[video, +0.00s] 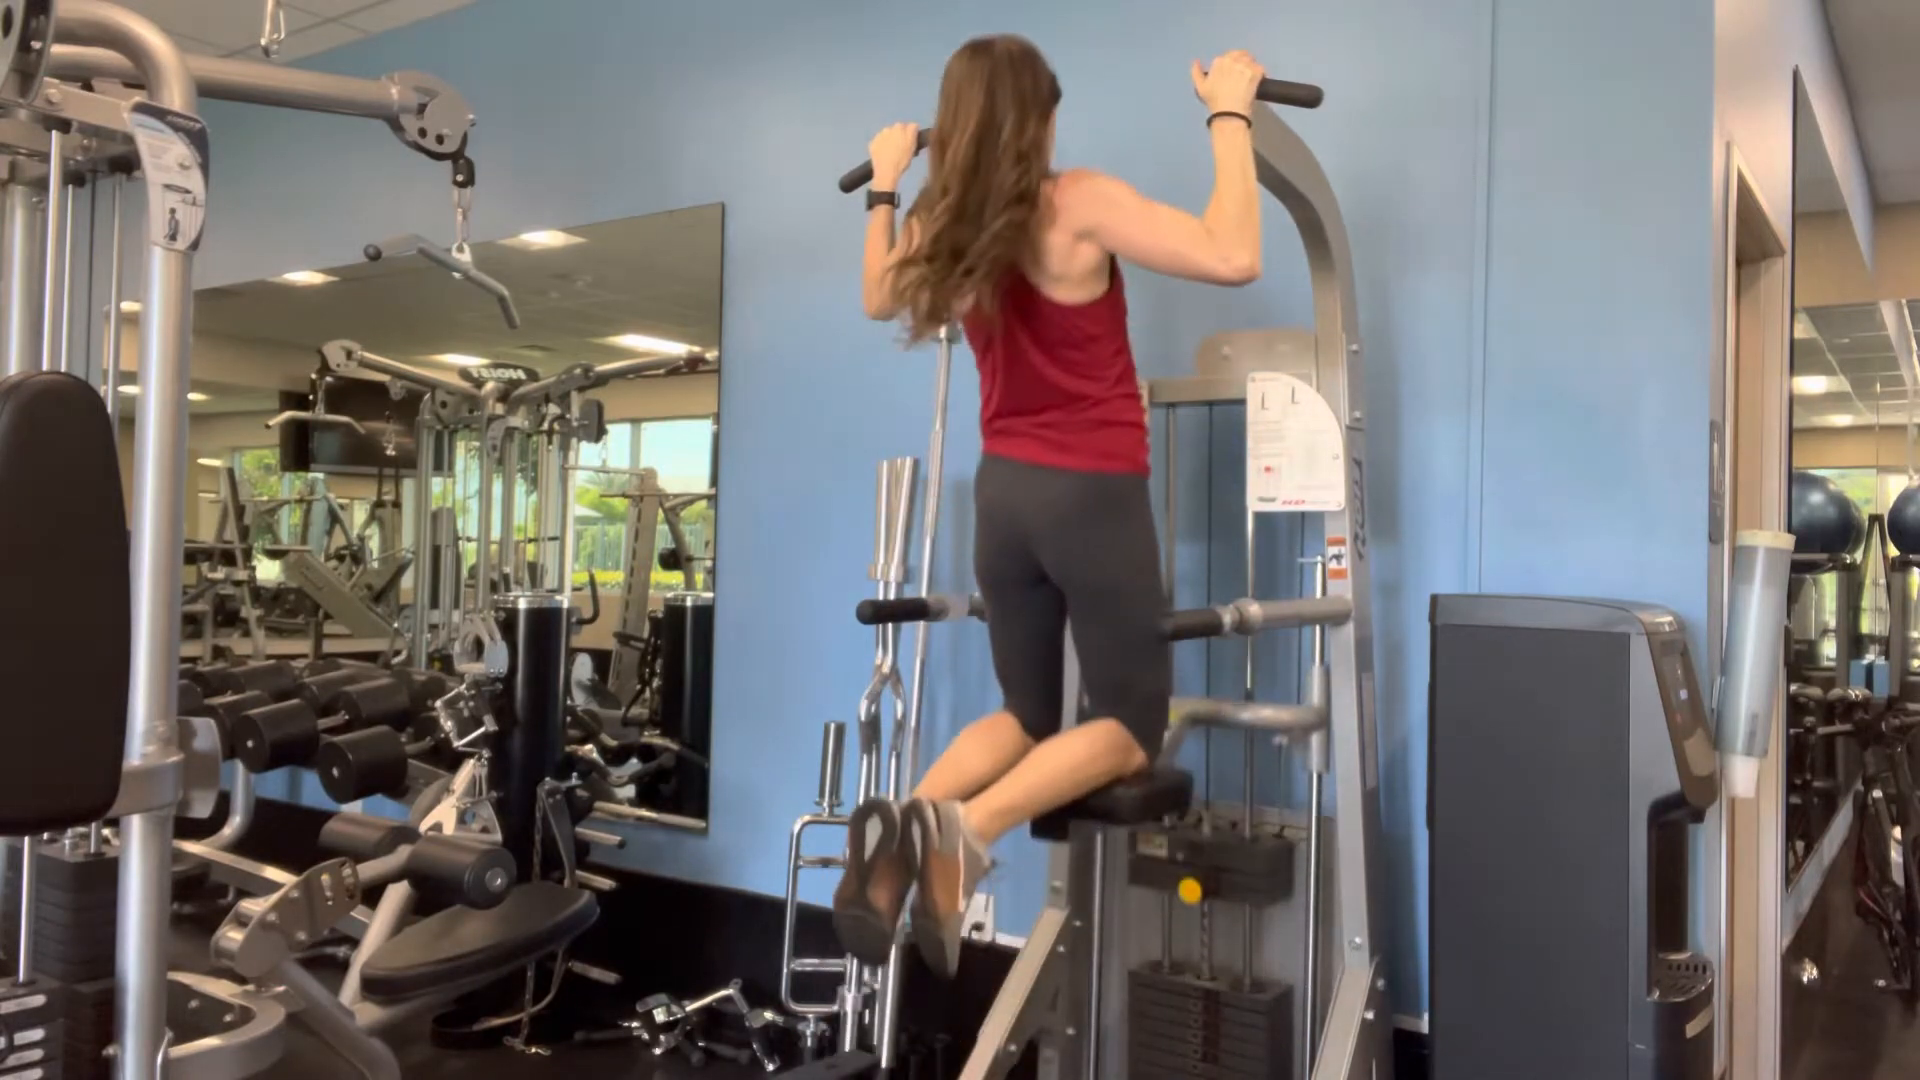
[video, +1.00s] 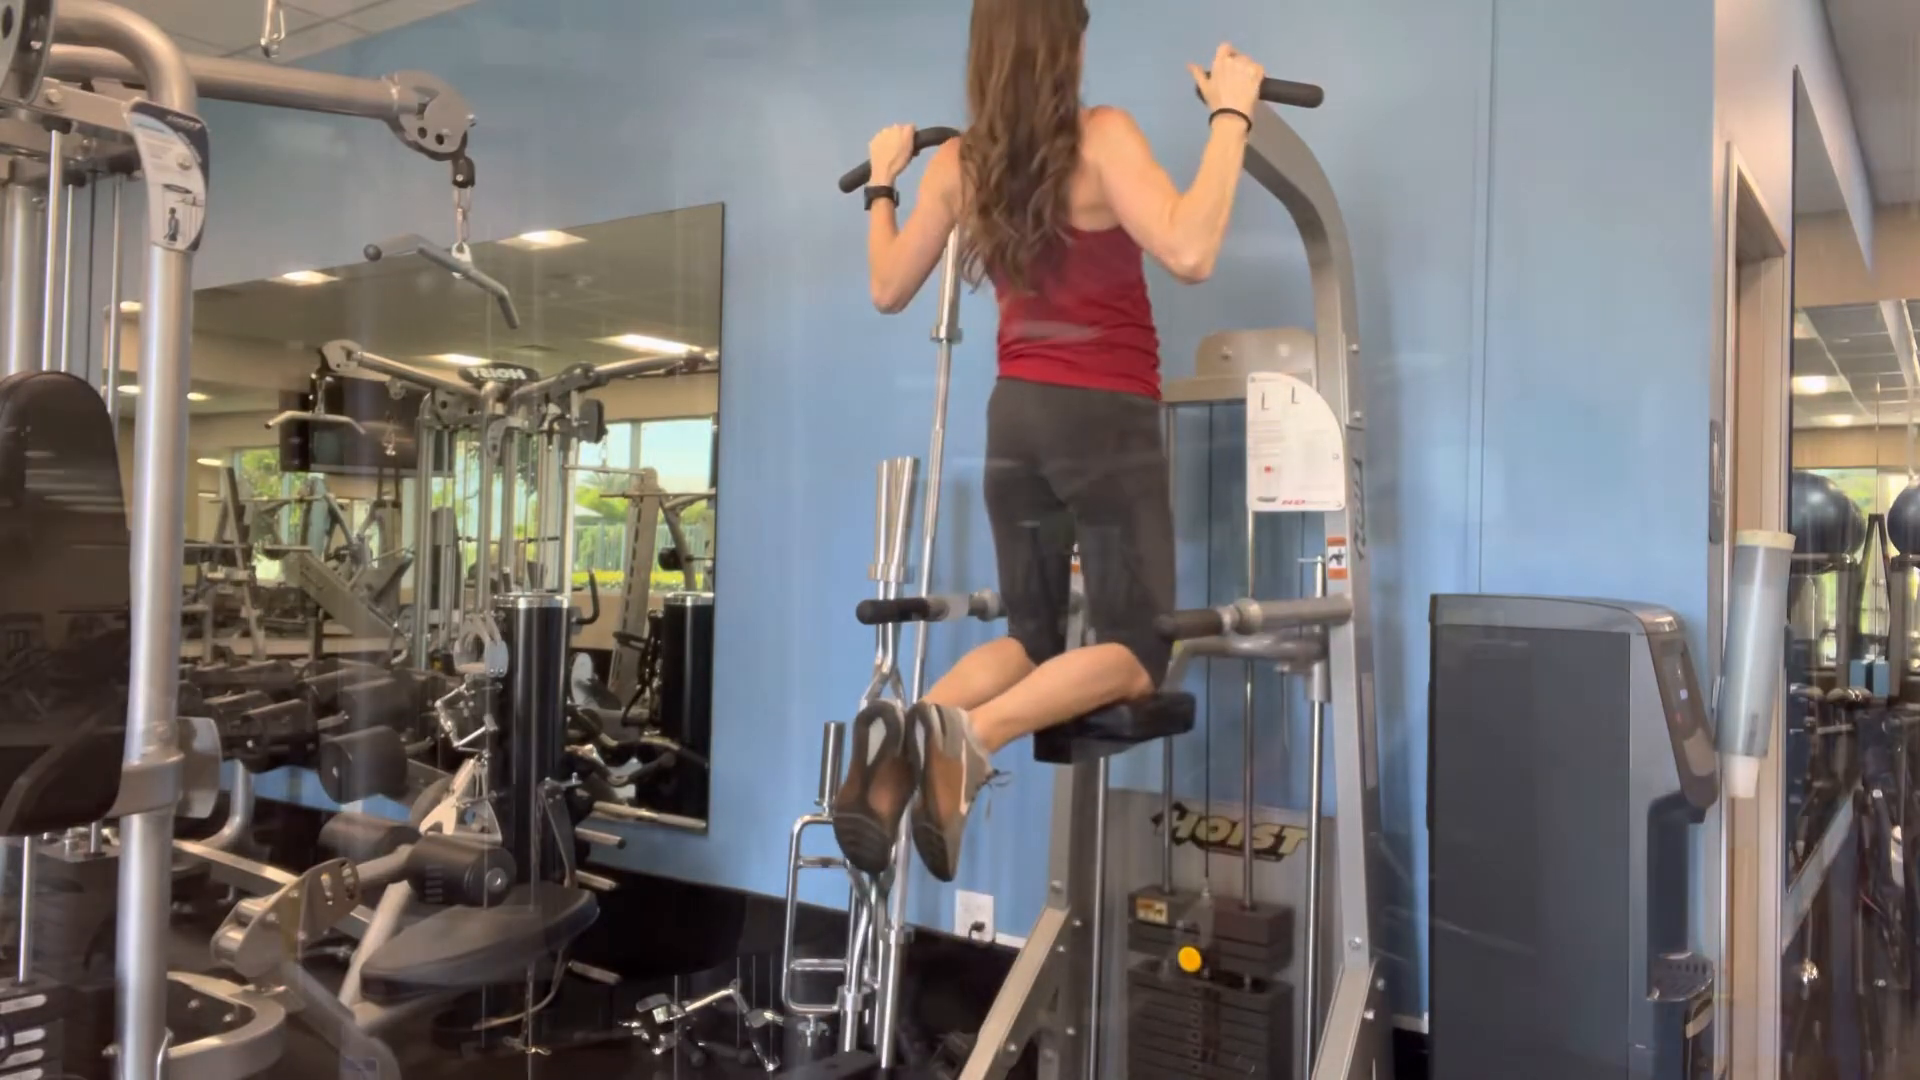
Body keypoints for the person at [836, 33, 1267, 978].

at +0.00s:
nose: (1058, 119)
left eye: (1053, 105)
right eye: (1053, 105)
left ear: (957, 123)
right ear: (1041, 116)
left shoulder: (953, 219)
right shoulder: (1081, 200)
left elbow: (880, 298)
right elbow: (1232, 254)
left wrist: (883, 185)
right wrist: (1232, 116)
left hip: (1003, 493)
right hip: (1092, 498)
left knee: (1028, 716)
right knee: (1131, 727)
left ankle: (903, 833)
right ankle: (969, 831)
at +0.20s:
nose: (1069, 59)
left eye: (1063, 42)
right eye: (1065, 43)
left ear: (974, 60)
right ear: (1054, 55)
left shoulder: (952, 168)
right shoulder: (1094, 144)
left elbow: (885, 288)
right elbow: (1199, 255)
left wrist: (881, 180)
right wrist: (1230, 115)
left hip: (1010, 435)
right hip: (1098, 437)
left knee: (1030, 657)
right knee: (1133, 673)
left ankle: (908, 772)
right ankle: (970, 772)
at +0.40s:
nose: (1077, 30)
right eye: (1073, 21)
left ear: (984, 39)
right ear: (1065, 31)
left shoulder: (966, 146)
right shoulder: (1103, 122)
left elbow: (895, 279)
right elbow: (1175, 249)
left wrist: (880, 182)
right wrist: (1229, 119)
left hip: (1017, 408)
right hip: (1107, 407)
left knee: (1031, 627)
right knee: (1136, 642)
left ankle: (908, 735)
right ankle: (972, 730)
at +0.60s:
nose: (1080, 32)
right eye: (1077, 22)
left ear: (988, 40)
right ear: (1069, 34)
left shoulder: (967, 146)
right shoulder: (1105, 121)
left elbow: (895, 279)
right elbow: (1170, 246)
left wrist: (880, 181)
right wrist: (1228, 118)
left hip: (1016, 406)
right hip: (1106, 405)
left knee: (1030, 627)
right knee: (1135, 642)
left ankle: (910, 725)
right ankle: (973, 725)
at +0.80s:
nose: (1081, 36)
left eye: (1071, 25)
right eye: (1078, 25)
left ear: (987, 42)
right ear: (1069, 36)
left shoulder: (967, 150)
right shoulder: (1104, 126)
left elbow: (893, 282)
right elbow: (1175, 248)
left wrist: (880, 181)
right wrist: (1229, 119)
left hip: (1014, 412)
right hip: (1103, 409)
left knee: (1030, 634)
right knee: (1136, 647)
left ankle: (903, 744)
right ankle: (972, 733)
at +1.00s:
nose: (1080, 46)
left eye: (1069, 32)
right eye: (1076, 33)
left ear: (985, 49)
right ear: (1068, 44)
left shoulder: (960, 159)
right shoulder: (1101, 134)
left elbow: (889, 286)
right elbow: (1190, 251)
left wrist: (878, 181)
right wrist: (1232, 116)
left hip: (1014, 414)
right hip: (1104, 414)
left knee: (1033, 639)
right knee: (1139, 655)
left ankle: (902, 744)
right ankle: (975, 734)